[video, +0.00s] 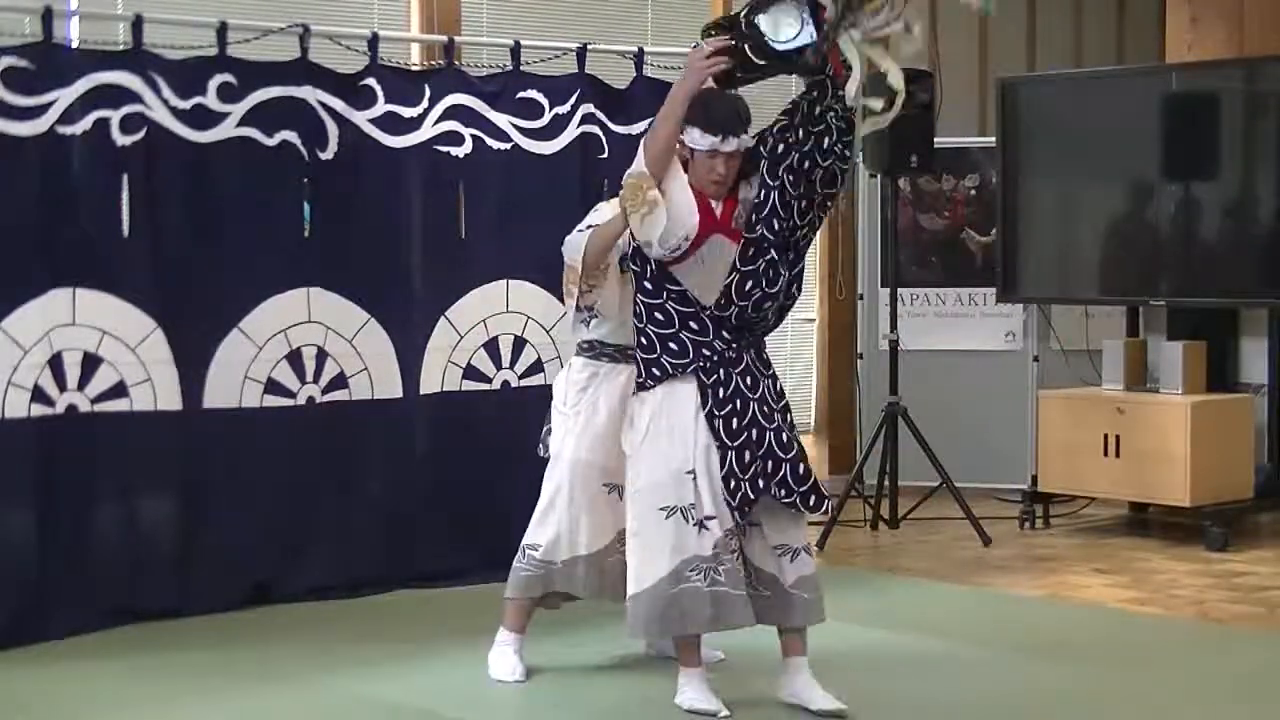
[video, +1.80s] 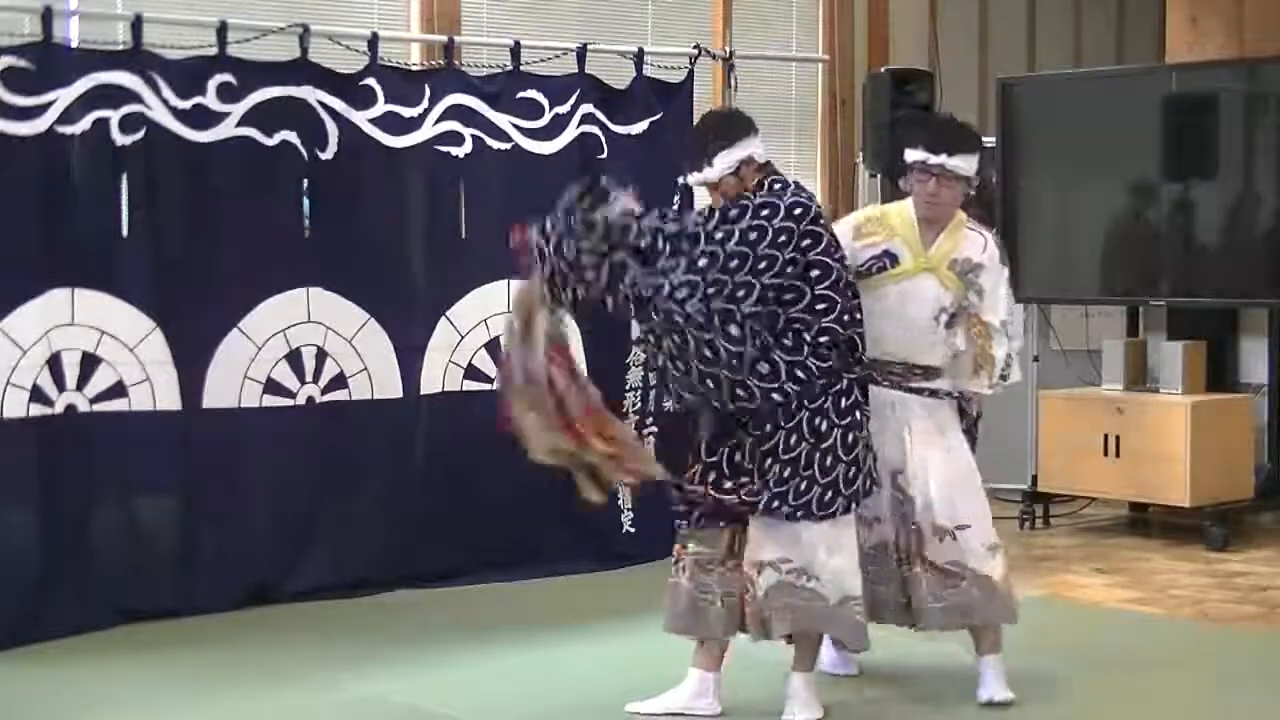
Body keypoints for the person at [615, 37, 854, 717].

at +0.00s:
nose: (725, 166)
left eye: (735, 154)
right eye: (713, 153)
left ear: (746, 154)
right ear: (684, 152)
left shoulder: (753, 201)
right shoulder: (663, 205)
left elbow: (814, 145)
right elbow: (653, 156)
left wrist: (824, 61)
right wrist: (685, 85)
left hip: (746, 371)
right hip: (677, 378)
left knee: (782, 509)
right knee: (687, 522)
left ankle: (795, 670)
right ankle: (692, 674)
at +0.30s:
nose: (745, 156)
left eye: (754, 144)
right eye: (725, 144)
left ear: (767, 150)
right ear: (697, 156)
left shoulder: (789, 213)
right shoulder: (677, 210)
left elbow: (830, 179)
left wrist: (819, 96)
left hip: (770, 378)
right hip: (696, 379)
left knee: (795, 534)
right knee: (707, 536)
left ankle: (805, 675)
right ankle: (691, 674)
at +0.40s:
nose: (711, 163)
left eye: (725, 150)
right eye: (702, 149)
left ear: (755, 152)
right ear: (691, 151)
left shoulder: (791, 213)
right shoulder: (677, 215)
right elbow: (650, 301)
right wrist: (701, 251)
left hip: (783, 391)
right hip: (709, 390)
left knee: (800, 538)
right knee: (711, 538)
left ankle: (806, 680)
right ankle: (690, 673)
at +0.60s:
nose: (701, 163)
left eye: (711, 152)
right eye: (701, 151)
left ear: (750, 159)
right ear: (721, 157)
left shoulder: (809, 224)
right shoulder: (693, 227)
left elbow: (850, 319)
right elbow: (650, 315)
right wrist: (693, 338)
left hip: (792, 405)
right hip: (706, 403)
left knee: (801, 539)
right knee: (702, 535)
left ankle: (806, 681)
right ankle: (691, 673)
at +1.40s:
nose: (699, 175)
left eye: (708, 164)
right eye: (698, 162)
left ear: (746, 170)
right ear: (730, 169)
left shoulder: (798, 237)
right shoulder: (729, 235)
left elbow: (806, 355)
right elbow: (716, 334)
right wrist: (695, 399)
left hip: (799, 429)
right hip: (749, 421)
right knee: (733, 551)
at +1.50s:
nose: (702, 181)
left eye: (711, 169)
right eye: (698, 169)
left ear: (749, 168)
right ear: (714, 170)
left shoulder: (790, 232)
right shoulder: (733, 232)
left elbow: (790, 348)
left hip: (788, 427)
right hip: (745, 421)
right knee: (761, 553)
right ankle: (807, 692)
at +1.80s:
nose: (711, 193)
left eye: (715, 179)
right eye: (706, 183)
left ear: (745, 164)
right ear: (741, 166)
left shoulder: (786, 210)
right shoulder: (727, 218)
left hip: (804, 414)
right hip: (733, 410)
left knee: (800, 547)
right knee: (714, 541)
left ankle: (801, 688)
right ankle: (702, 683)